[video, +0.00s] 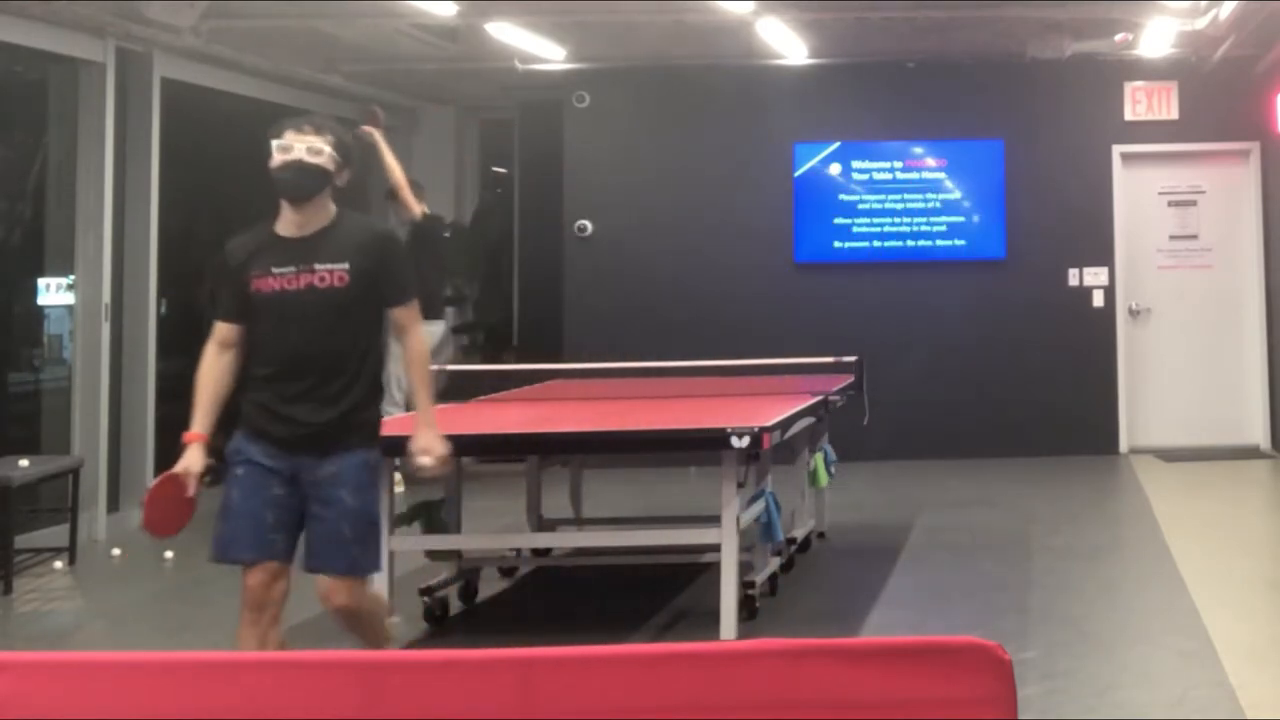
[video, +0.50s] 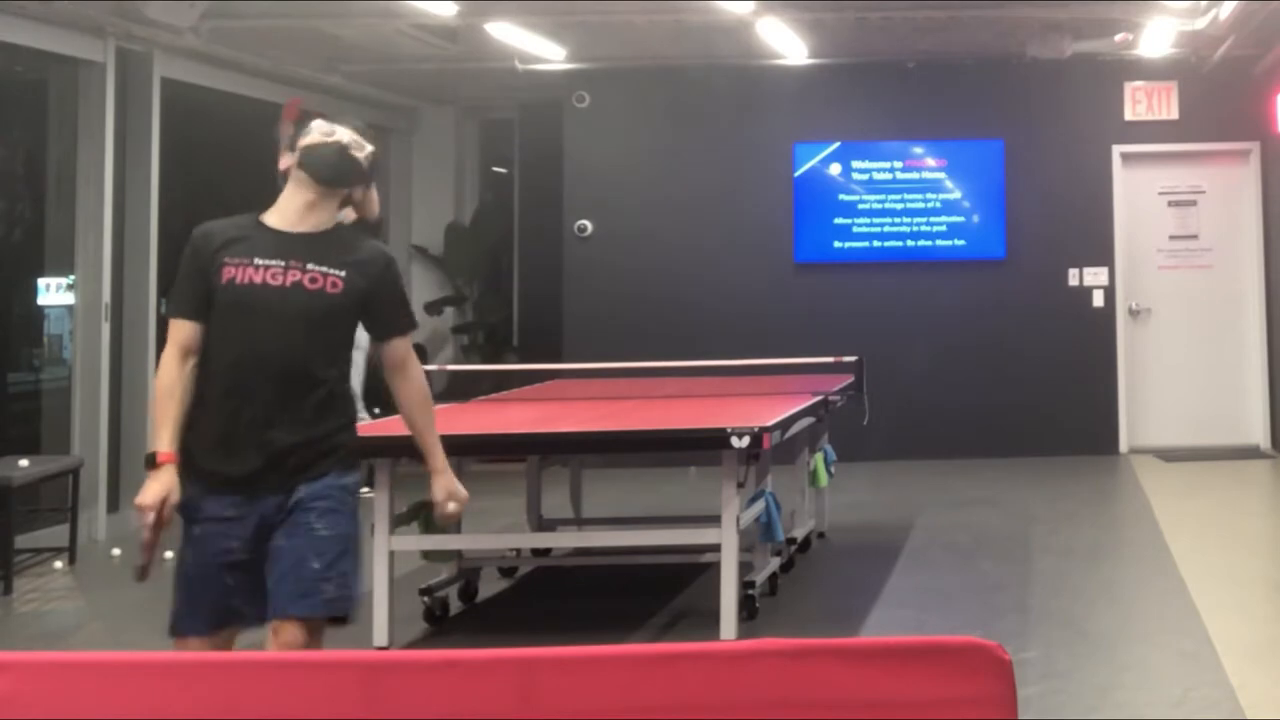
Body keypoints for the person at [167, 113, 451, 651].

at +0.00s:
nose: (294, 158)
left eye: (311, 150)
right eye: (283, 149)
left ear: (340, 170)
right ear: (268, 165)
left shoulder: (373, 243)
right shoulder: (244, 253)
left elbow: (410, 330)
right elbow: (222, 346)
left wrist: (426, 423)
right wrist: (197, 440)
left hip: (345, 446)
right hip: (262, 444)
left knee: (340, 595)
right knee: (259, 588)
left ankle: (389, 652)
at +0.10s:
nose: (294, 146)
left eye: (310, 140)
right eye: (281, 138)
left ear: (334, 165)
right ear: (262, 159)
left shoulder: (365, 235)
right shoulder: (226, 244)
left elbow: (391, 326)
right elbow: (201, 341)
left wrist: (381, 420)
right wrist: (178, 439)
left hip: (336, 443)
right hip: (252, 444)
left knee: (320, 589)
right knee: (255, 594)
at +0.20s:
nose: (296, 146)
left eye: (313, 140)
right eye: (283, 137)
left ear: (333, 166)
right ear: (261, 160)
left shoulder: (359, 241)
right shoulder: (216, 245)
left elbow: (381, 332)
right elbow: (177, 344)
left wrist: (379, 426)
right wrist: (166, 441)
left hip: (326, 448)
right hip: (242, 450)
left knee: (308, 596)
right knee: (252, 606)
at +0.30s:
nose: (305, 152)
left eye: (321, 146)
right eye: (290, 142)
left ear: (337, 172)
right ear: (263, 165)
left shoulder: (357, 255)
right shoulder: (211, 250)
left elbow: (389, 346)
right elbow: (167, 349)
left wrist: (399, 444)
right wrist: (158, 449)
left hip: (316, 470)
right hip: (225, 471)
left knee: (297, 627)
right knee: (245, 623)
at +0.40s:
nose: (318, 150)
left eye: (335, 147)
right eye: (304, 141)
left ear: (348, 180)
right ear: (274, 169)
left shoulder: (363, 263)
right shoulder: (213, 253)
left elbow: (396, 362)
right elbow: (171, 356)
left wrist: (423, 457)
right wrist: (156, 457)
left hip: (310, 482)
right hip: (219, 482)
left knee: (288, 642)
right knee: (226, 641)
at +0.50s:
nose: (336, 144)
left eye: (350, 142)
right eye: (322, 134)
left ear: (360, 183)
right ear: (286, 161)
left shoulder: (369, 261)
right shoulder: (214, 244)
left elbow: (402, 366)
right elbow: (180, 354)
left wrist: (439, 467)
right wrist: (163, 463)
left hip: (317, 480)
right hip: (219, 482)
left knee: (294, 643)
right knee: (200, 653)